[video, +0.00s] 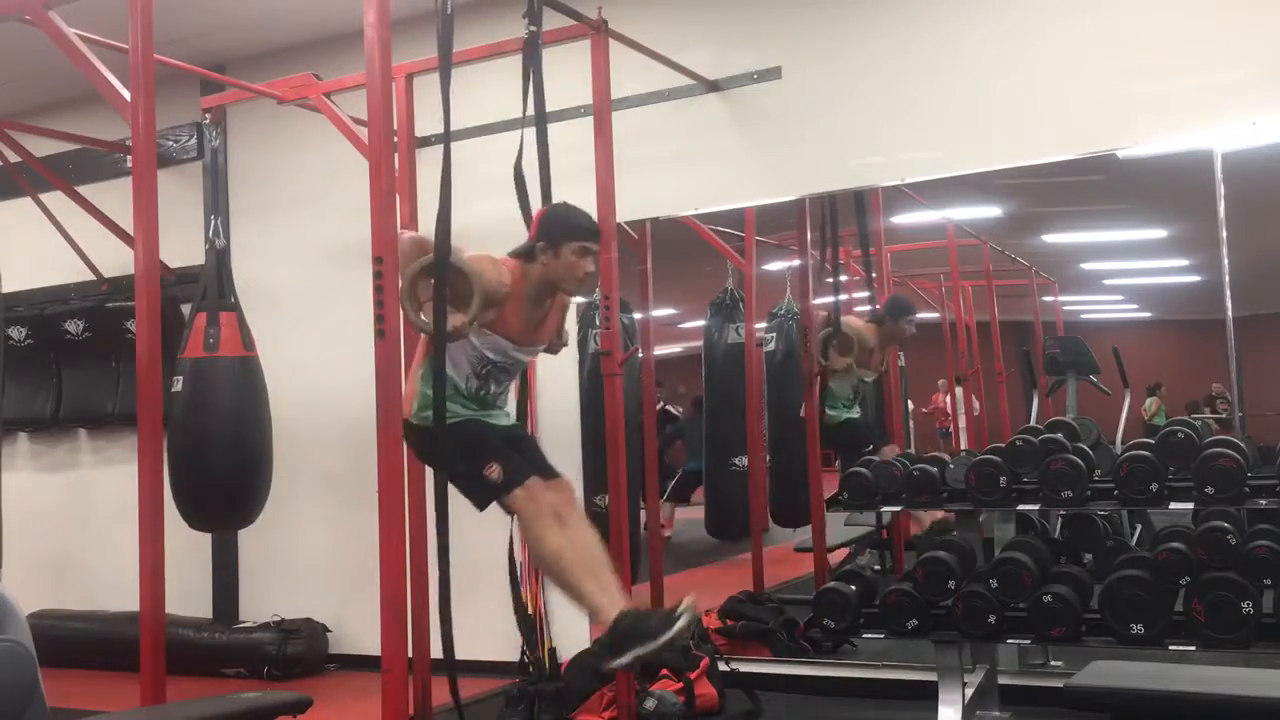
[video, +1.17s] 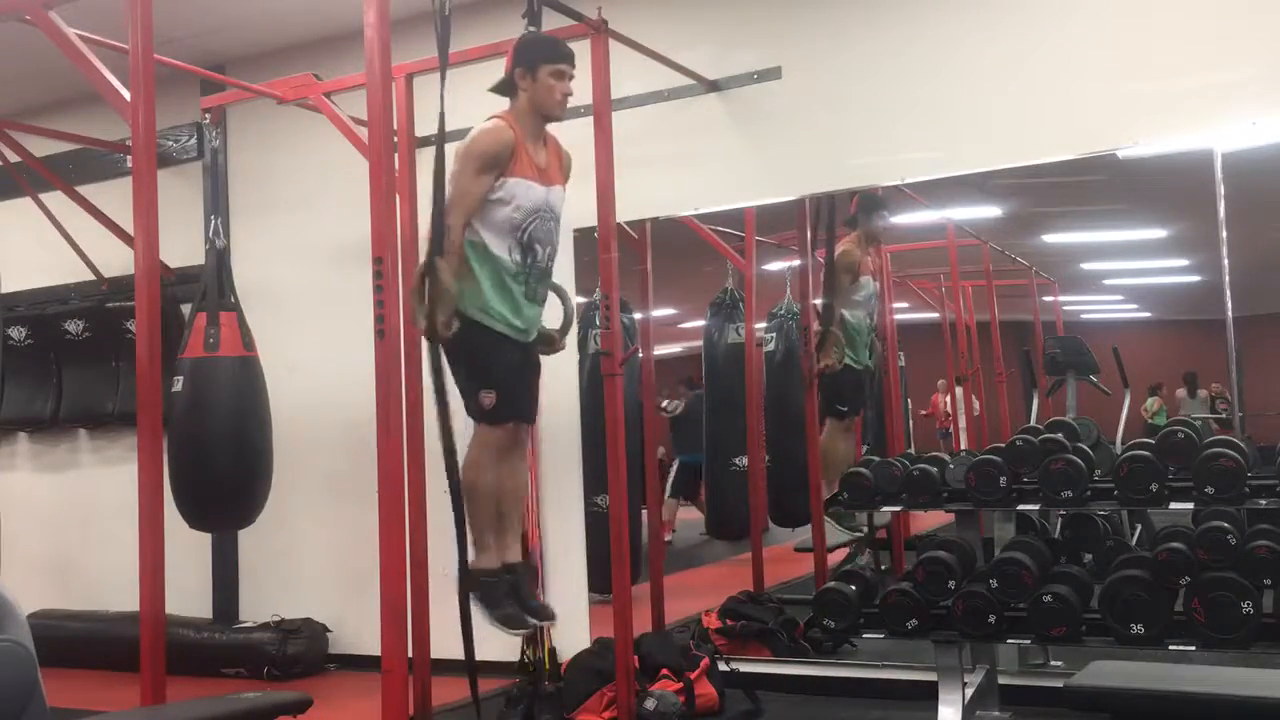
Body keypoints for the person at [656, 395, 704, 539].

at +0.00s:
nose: (687, 410)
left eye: (689, 407)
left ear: (692, 408)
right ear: (707, 408)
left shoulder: (687, 423)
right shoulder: (714, 422)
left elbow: (668, 436)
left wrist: (661, 452)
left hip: (694, 466)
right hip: (714, 465)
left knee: (670, 497)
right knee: (721, 496)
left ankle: (667, 528)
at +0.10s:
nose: (685, 407)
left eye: (687, 404)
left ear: (692, 405)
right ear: (705, 404)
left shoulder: (690, 419)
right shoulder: (713, 417)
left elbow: (670, 432)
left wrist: (664, 451)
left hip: (696, 462)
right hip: (713, 461)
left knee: (668, 496)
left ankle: (676, 527)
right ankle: (677, 525)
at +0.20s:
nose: (676, 404)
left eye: (680, 401)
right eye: (678, 401)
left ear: (687, 402)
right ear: (699, 402)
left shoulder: (682, 417)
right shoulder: (707, 414)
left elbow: (662, 435)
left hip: (695, 461)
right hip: (712, 459)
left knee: (668, 499)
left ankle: (682, 529)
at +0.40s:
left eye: (672, 386)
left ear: (673, 387)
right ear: (689, 385)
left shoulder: (669, 405)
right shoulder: (699, 401)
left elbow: (657, 426)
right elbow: (707, 423)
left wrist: (659, 449)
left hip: (680, 454)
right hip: (702, 452)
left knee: (670, 497)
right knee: (712, 490)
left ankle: (682, 530)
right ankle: (722, 523)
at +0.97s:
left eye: (667, 388)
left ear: (668, 389)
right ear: (684, 388)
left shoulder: (664, 408)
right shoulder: (694, 406)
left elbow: (658, 431)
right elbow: (696, 430)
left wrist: (656, 455)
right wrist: (697, 450)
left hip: (671, 458)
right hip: (691, 456)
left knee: (663, 496)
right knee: (688, 489)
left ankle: (665, 528)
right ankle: (701, 519)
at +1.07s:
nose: (673, 393)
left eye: (675, 390)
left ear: (677, 390)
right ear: (693, 388)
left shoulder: (674, 406)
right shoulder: (700, 405)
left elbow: (658, 424)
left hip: (676, 457)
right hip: (696, 456)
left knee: (666, 497)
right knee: (690, 493)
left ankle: (665, 532)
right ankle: (711, 518)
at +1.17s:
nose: (678, 394)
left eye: (680, 390)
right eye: (678, 391)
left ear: (686, 389)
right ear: (696, 388)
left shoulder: (686, 404)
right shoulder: (703, 403)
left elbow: (670, 409)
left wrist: (660, 400)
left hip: (685, 455)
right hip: (700, 455)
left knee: (671, 495)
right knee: (693, 494)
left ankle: (668, 531)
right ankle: (712, 520)